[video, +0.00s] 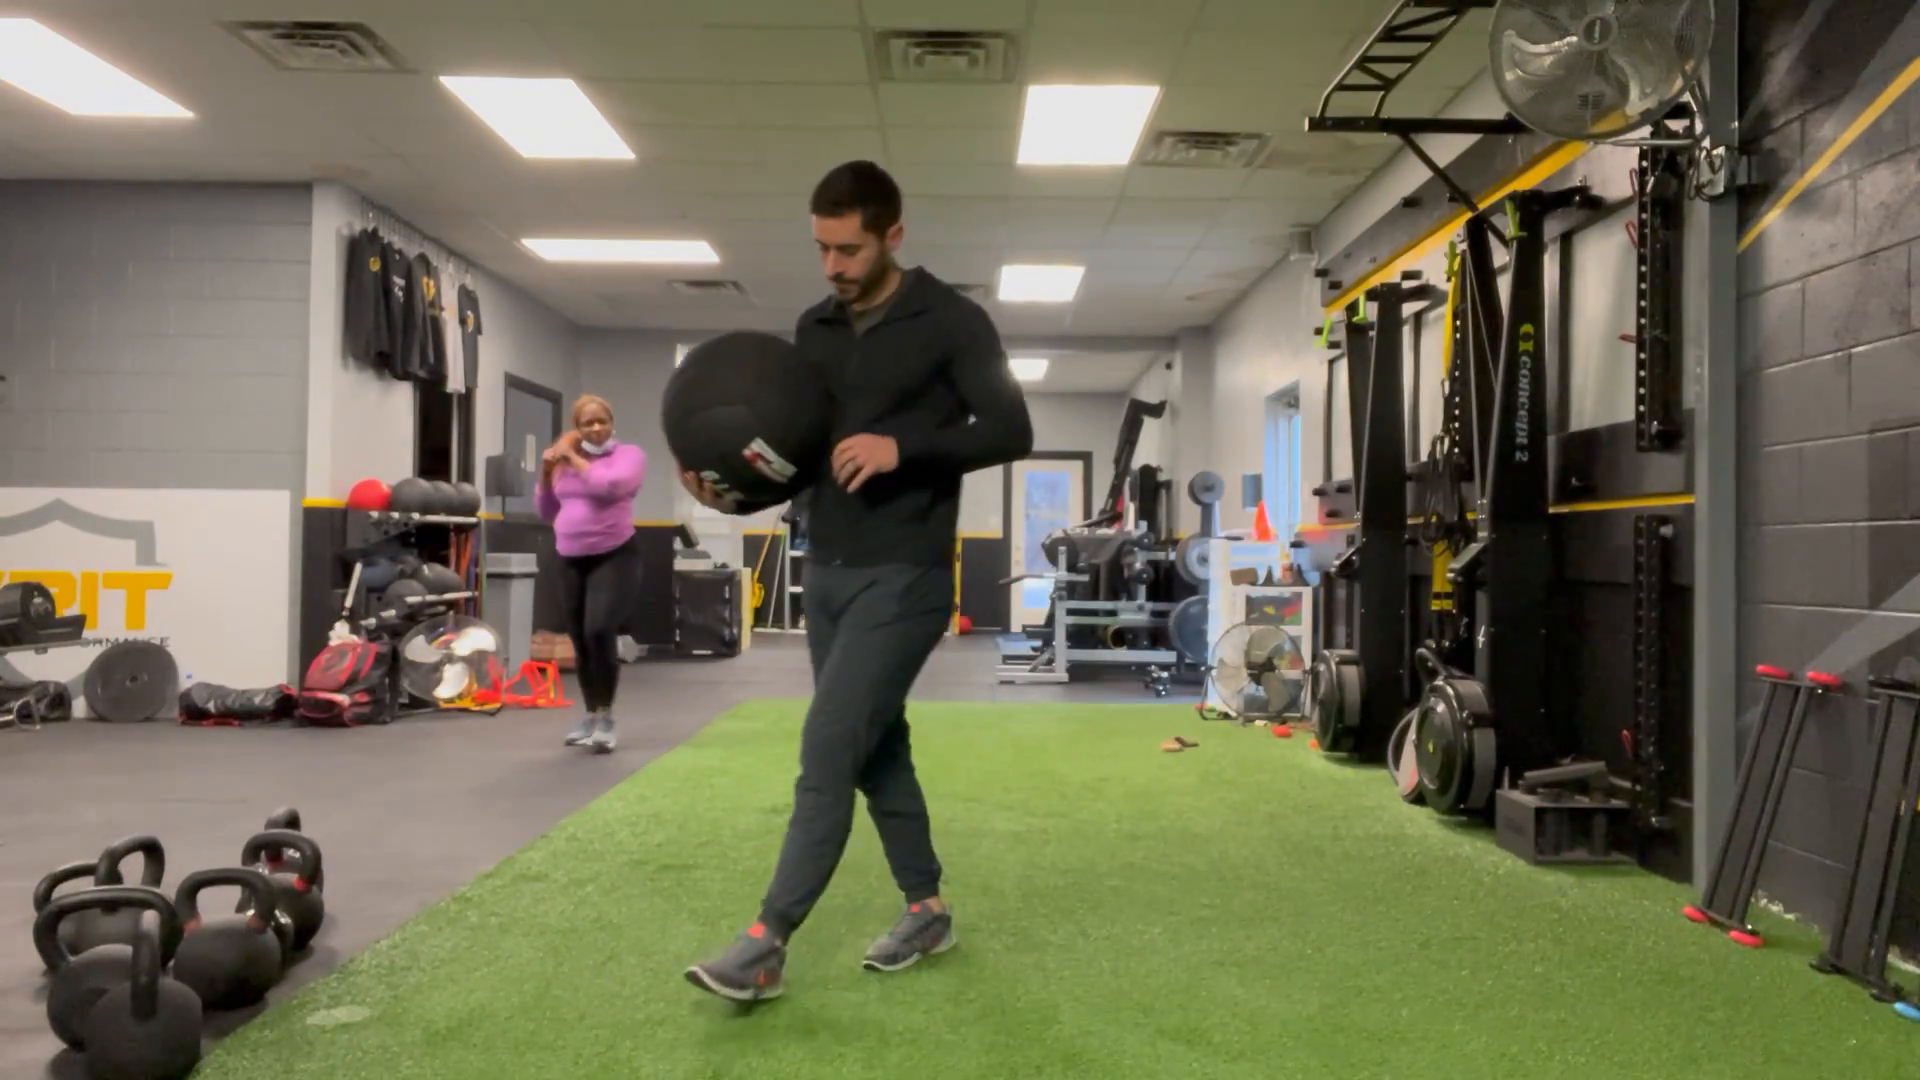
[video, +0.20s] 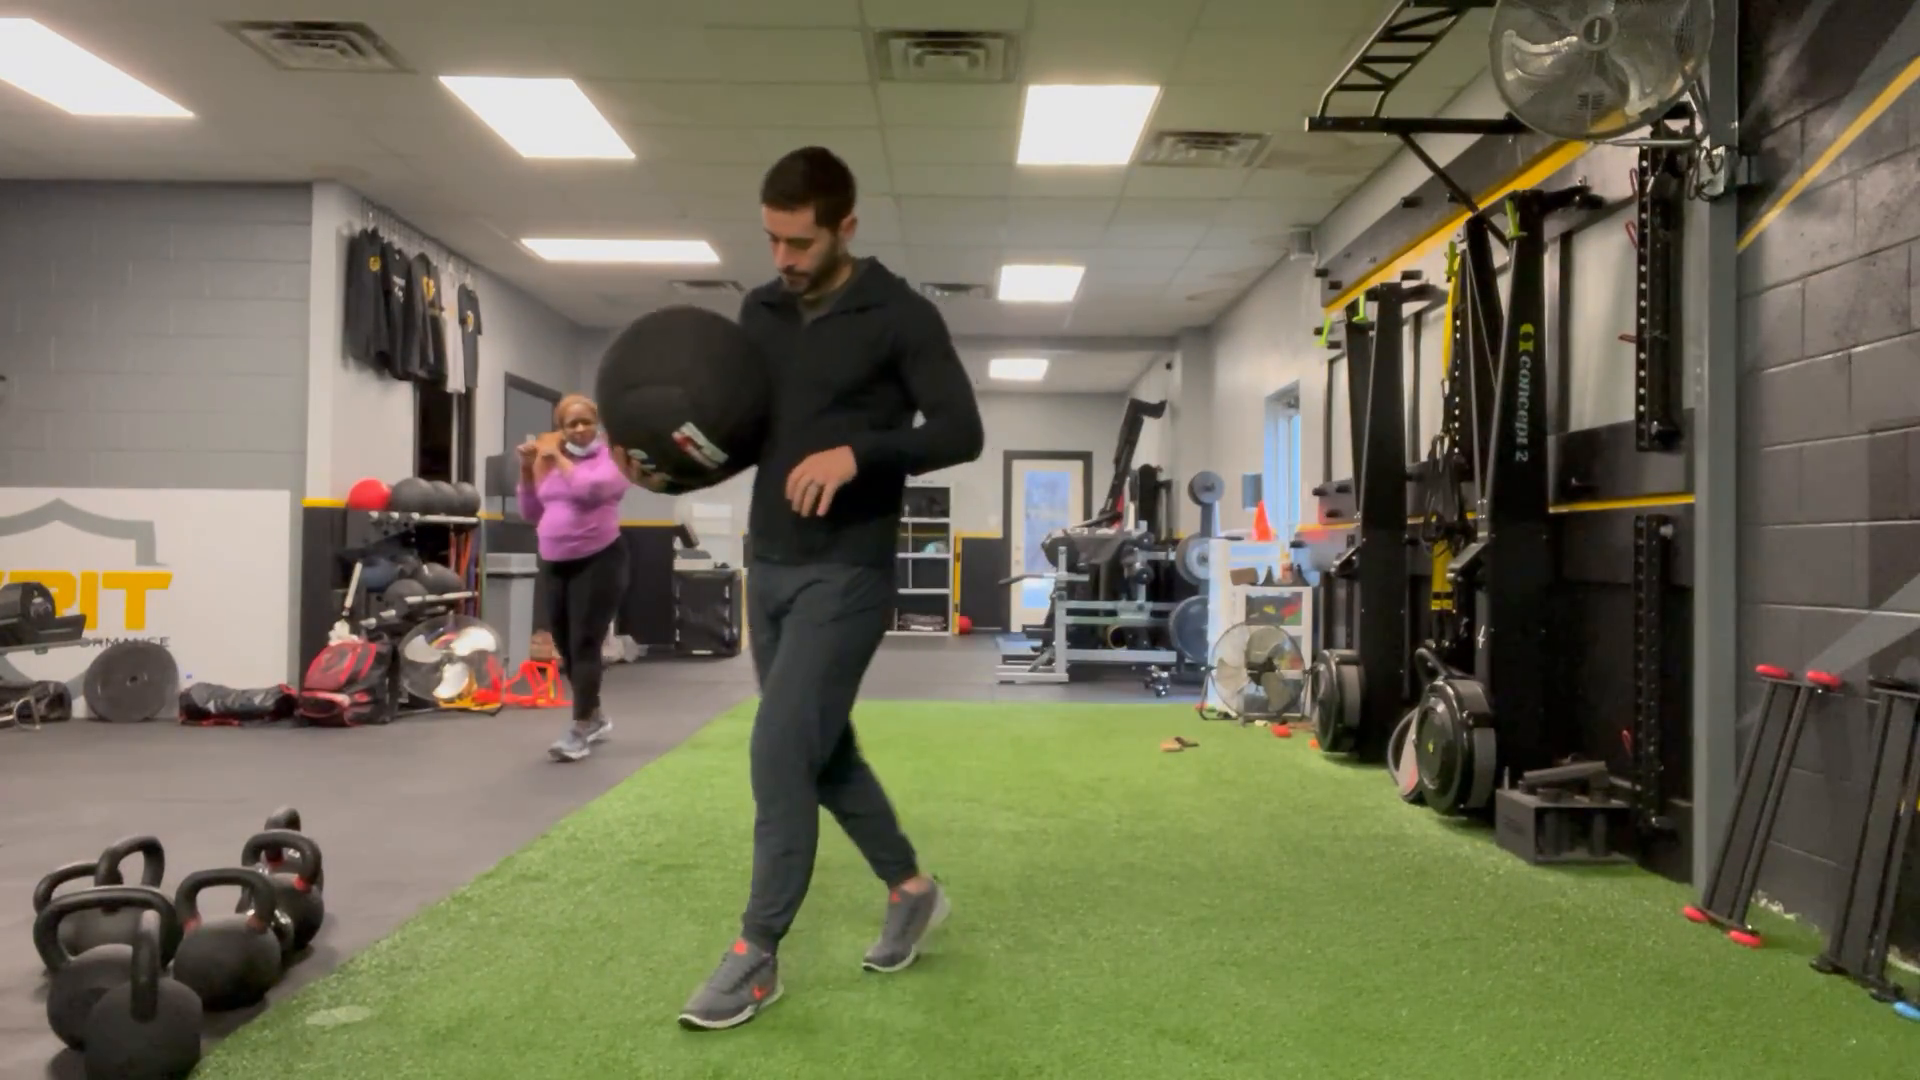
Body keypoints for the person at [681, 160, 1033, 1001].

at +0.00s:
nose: (832, 266)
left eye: (847, 250)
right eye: (822, 249)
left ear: (893, 235)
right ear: (817, 239)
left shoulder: (952, 319)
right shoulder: (816, 329)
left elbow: (1010, 429)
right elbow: (790, 457)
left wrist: (903, 447)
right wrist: (724, 482)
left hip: (908, 576)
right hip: (829, 572)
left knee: (830, 741)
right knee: (876, 745)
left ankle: (766, 941)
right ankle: (926, 907)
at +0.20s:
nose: (783, 258)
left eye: (800, 242)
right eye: (773, 240)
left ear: (845, 226)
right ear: (766, 226)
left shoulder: (900, 312)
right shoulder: (761, 314)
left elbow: (959, 430)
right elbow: (729, 431)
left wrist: (859, 451)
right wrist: (659, 460)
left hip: (848, 571)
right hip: (770, 568)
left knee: (783, 743)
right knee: (816, 744)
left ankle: (757, 949)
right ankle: (910, 884)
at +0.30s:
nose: (756, 252)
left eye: (772, 236)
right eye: (747, 235)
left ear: (821, 216)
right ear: (740, 219)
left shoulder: (877, 304)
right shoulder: (738, 300)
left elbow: (937, 425)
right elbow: (714, 422)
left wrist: (837, 443)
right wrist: (635, 444)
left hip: (822, 567)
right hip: (738, 561)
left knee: (771, 749)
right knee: (741, 754)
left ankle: (756, 951)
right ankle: (867, 865)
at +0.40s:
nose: (732, 247)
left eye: (749, 230)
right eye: (722, 229)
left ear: (797, 209)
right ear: (714, 213)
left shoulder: (853, 297)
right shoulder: (713, 294)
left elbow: (916, 420)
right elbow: (685, 412)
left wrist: (814, 438)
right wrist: (590, 433)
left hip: (798, 565)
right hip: (709, 557)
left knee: (756, 753)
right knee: (679, 747)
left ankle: (755, 947)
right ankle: (792, 857)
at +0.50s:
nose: (714, 245)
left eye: (731, 227)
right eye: (702, 226)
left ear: (776, 206)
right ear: (692, 209)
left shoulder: (833, 294)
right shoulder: (690, 291)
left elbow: (899, 415)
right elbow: (655, 414)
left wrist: (794, 433)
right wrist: (576, 444)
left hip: (775, 567)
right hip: (681, 555)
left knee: (745, 757)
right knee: (626, 737)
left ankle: (754, 952)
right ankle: (669, 884)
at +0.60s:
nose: (689, 245)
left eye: (706, 229)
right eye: (679, 227)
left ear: (754, 205)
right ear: (669, 208)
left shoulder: (812, 296)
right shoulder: (662, 290)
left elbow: (881, 414)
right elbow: (626, 414)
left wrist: (780, 434)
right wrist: (558, 444)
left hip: (750, 574)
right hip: (649, 561)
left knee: (734, 761)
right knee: (583, 741)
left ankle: (751, 952)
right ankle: (544, 899)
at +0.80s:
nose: (631, 256)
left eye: (650, 240)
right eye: (618, 236)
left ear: (692, 218)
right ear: (606, 216)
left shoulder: (747, 305)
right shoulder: (587, 294)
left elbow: (824, 421)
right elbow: (558, 432)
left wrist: (738, 444)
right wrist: (502, 458)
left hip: (685, 585)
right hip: (575, 568)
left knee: (701, 765)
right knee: (494, 740)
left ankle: (749, 951)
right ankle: (410, 903)